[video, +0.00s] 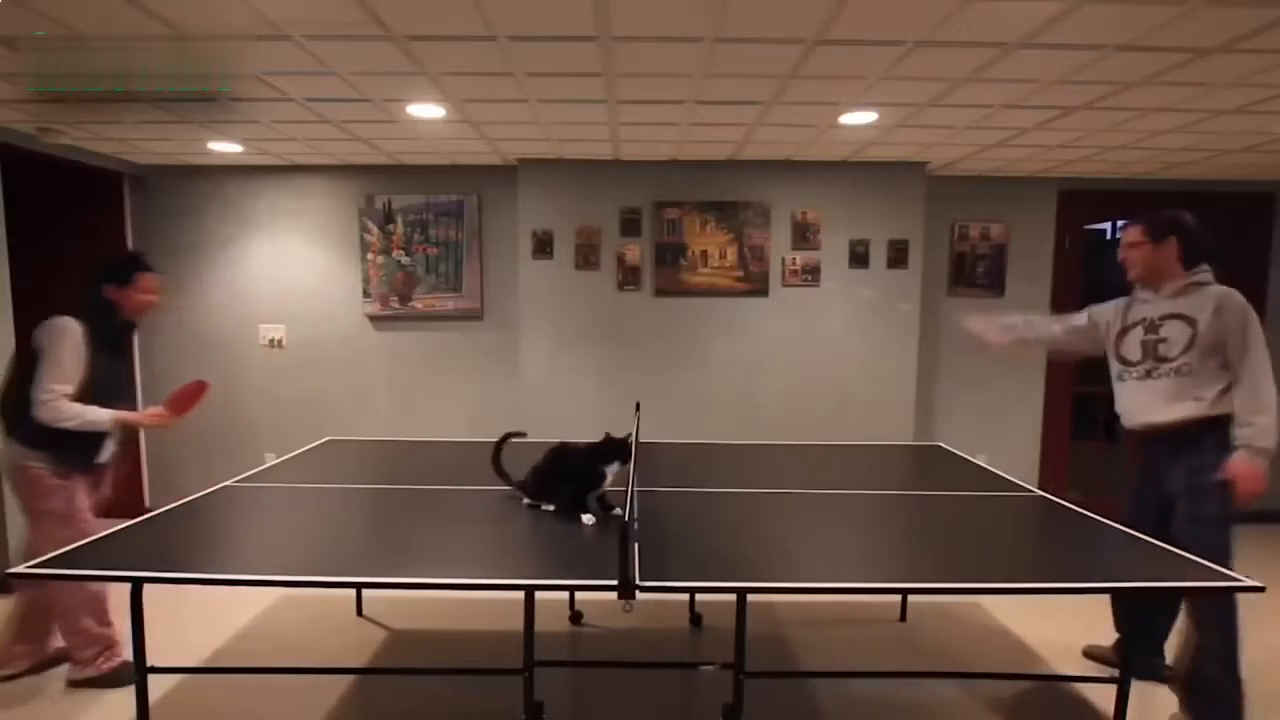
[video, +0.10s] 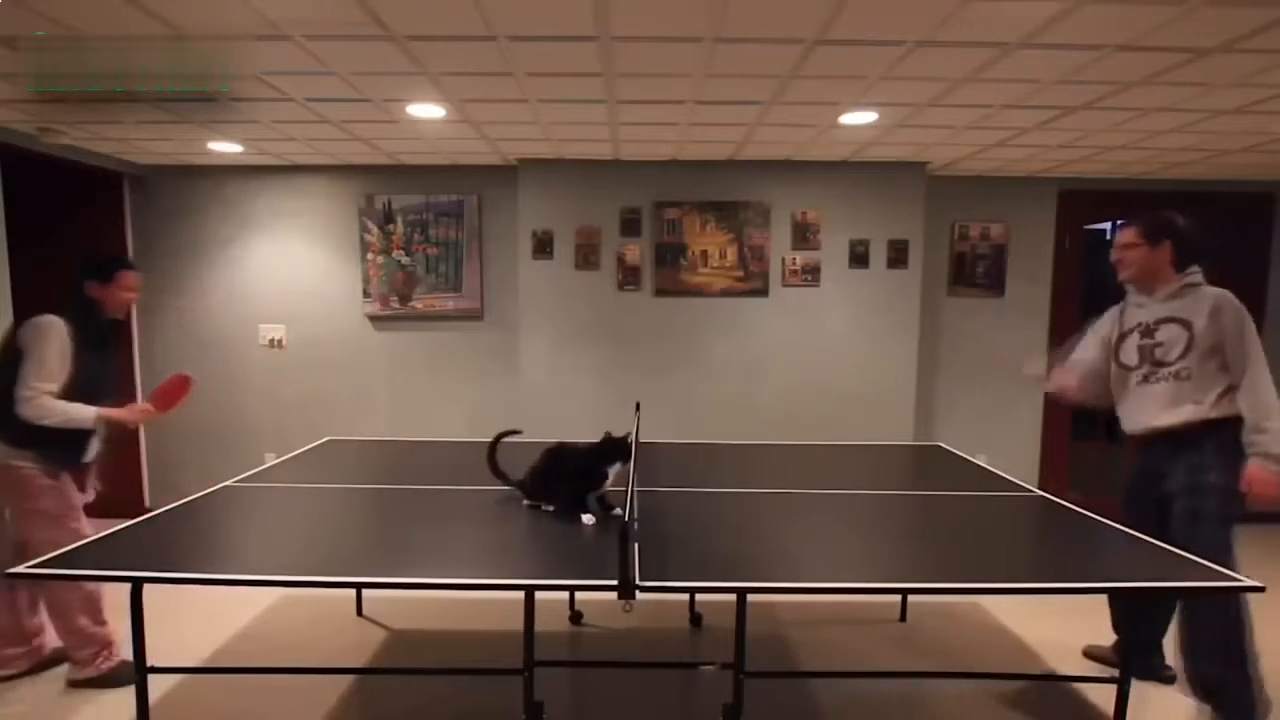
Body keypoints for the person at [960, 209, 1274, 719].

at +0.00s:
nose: (1124, 257)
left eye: (1133, 247)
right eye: (1123, 248)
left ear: (1169, 249)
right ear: (1129, 255)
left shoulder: (1222, 304)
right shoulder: (1120, 313)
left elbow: (1256, 377)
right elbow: (1059, 327)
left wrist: (1252, 448)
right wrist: (1000, 329)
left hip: (1203, 446)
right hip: (1146, 447)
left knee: (1205, 573)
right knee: (1140, 553)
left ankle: (1214, 703)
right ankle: (1139, 650)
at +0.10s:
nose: (1117, 259)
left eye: (1127, 249)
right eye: (1115, 250)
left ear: (1163, 252)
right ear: (1119, 258)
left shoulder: (1216, 304)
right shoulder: (1118, 318)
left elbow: (1255, 378)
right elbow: (1087, 368)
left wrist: (1263, 453)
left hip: (1205, 445)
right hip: (1147, 448)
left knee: (1204, 567)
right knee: (1135, 552)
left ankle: (1234, 701)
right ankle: (1139, 651)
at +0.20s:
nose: (1110, 261)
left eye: (1121, 252)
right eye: (1109, 253)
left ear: (1156, 255)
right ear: (1111, 263)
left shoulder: (1212, 306)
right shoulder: (1117, 330)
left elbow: (1258, 379)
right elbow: (1104, 410)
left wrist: (1268, 459)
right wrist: (1118, 418)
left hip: (1212, 452)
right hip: (1152, 456)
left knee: (1226, 574)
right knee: (1143, 557)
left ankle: (1266, 696)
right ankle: (1140, 651)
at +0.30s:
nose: (1119, 262)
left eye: (1130, 252)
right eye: (1118, 254)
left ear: (1167, 256)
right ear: (1120, 262)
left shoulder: (1225, 309)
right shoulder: (1134, 325)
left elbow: (1267, 381)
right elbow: (1150, 395)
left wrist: (1271, 464)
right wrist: (1128, 425)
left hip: (1225, 461)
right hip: (1163, 461)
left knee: (1250, 585)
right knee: (1150, 559)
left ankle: (1276, 689)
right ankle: (1140, 651)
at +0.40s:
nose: (1147, 262)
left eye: (1158, 252)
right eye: (1147, 253)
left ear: (1195, 257)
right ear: (1151, 261)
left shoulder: (1255, 315)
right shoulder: (1161, 325)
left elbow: (1279, 397)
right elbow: (1157, 394)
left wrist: (1272, 475)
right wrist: (1137, 424)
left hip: (1240, 475)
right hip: (1177, 472)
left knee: (1261, 595)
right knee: (1149, 560)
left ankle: (1275, 688)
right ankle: (1141, 651)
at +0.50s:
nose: (1181, 259)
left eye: (1193, 248)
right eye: (1181, 249)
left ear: (1234, 254)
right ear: (1182, 256)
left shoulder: (1272, 311)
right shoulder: (1180, 325)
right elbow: (1169, 394)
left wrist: (1279, 484)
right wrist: (1149, 420)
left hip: (1260, 477)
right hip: (1197, 471)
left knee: (1267, 599)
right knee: (1162, 562)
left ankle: (1278, 694)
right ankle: (1142, 654)